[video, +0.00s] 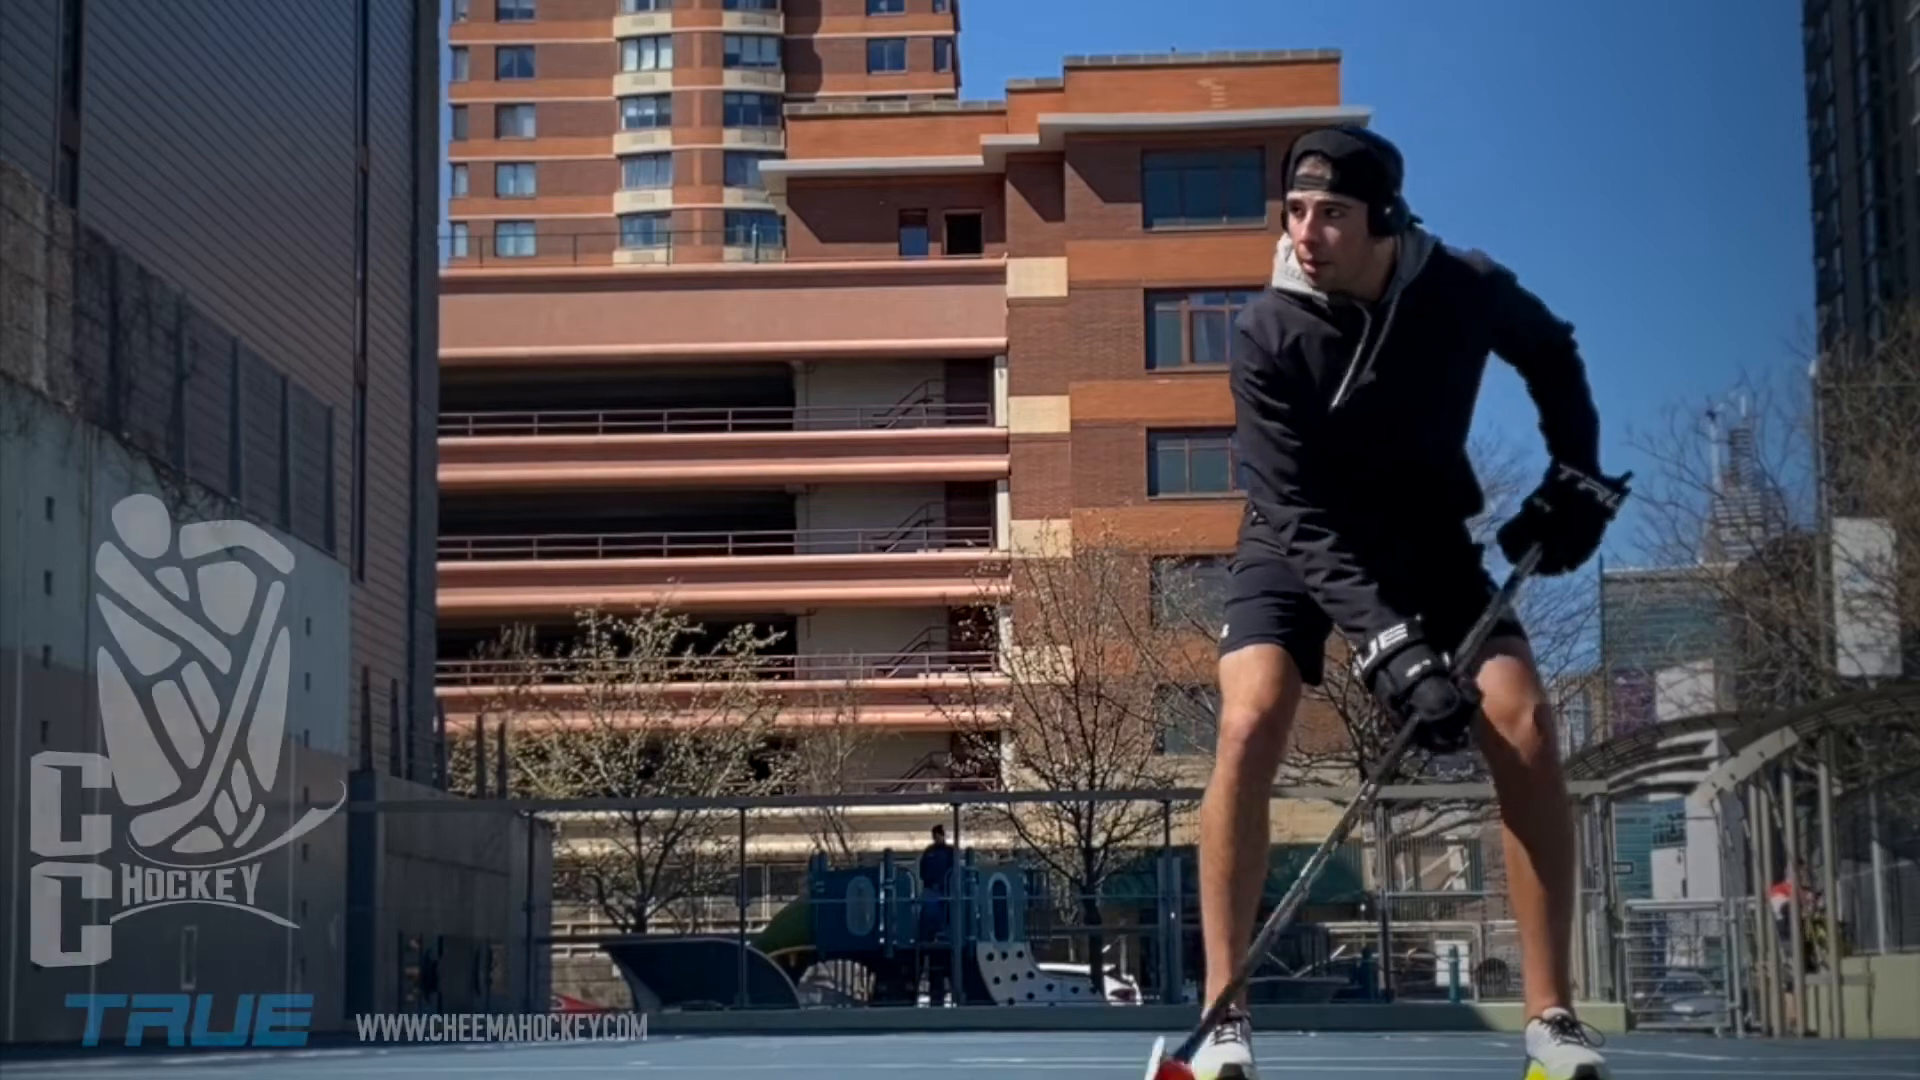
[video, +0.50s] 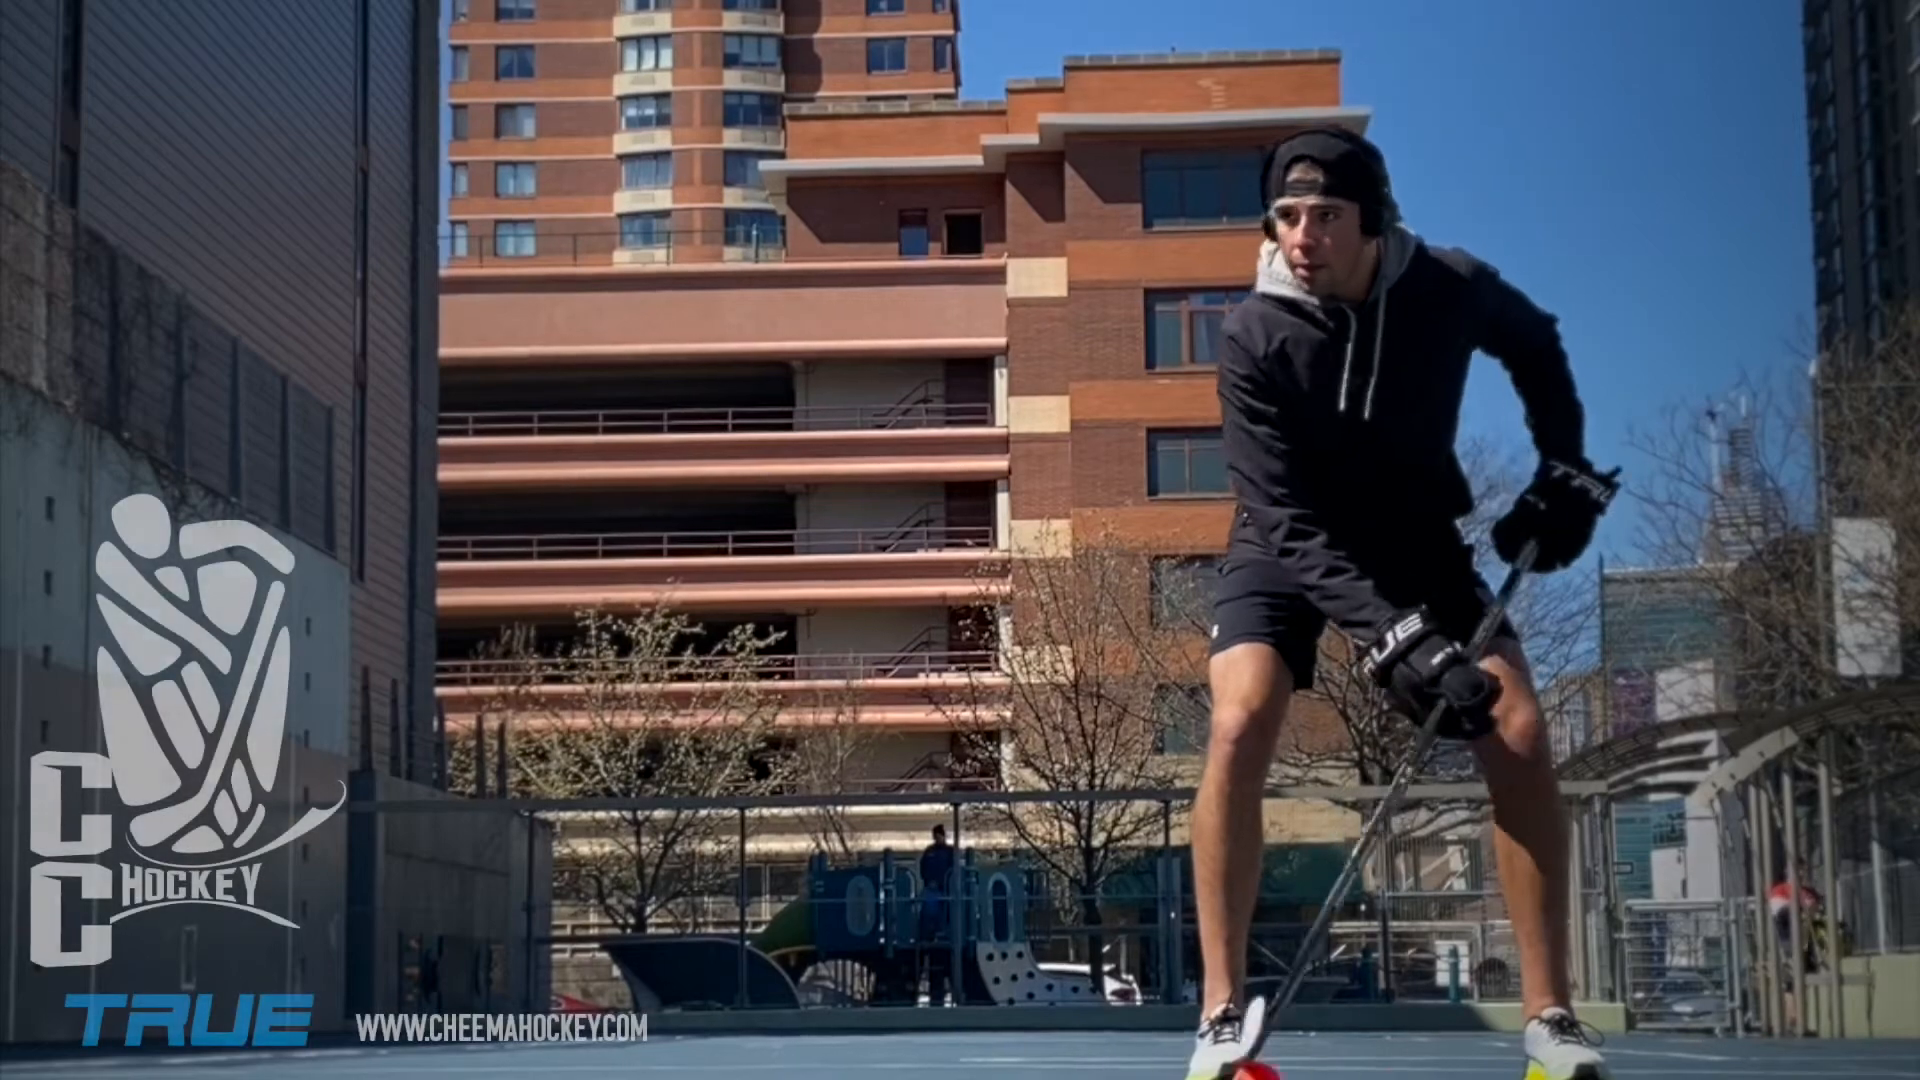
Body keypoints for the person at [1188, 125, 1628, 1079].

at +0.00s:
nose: (1306, 231)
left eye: (1329, 214)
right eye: (1296, 211)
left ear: (1382, 219)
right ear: (1285, 217)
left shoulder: (1463, 290)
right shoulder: (1271, 332)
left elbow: (1550, 355)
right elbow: (1290, 515)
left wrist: (1578, 475)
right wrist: (1385, 641)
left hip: (1430, 539)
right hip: (1298, 542)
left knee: (1527, 726)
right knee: (1250, 723)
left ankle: (1551, 1013)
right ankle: (1222, 1013)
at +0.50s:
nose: (1302, 236)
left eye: (1324, 217)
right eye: (1287, 217)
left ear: (1372, 221)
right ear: (1272, 226)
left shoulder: (1447, 289)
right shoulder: (1257, 336)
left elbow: (1534, 344)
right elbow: (1282, 521)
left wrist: (1565, 467)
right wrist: (1394, 636)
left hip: (1419, 540)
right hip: (1288, 545)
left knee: (1522, 733)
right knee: (1241, 722)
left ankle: (1550, 1014)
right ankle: (1222, 1011)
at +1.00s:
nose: (1422, 227)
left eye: (1439, 206)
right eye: (1399, 207)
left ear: (1457, 212)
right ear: (1355, 215)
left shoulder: (1488, 290)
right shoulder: (1304, 328)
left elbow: (1542, 375)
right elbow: (1321, 518)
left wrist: (1576, 475)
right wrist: (1422, 640)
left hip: (1433, 536)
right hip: (1305, 537)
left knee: (1537, 731)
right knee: (1261, 728)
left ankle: (1554, 1019)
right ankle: (1223, 1015)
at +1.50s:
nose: (1404, 229)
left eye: (1419, 208)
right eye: (1380, 211)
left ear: (1436, 211)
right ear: (1332, 219)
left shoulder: (1471, 287)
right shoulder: (1286, 328)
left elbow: (1534, 354)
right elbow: (1309, 515)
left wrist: (1551, 472)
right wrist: (1425, 632)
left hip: (1425, 534)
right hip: (1295, 535)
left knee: (1528, 744)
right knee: (1249, 727)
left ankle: (1552, 1018)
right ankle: (1223, 1016)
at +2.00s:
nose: (1371, 243)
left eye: (1384, 221)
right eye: (1347, 225)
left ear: (1401, 217)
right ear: (1297, 227)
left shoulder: (1440, 283)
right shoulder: (1257, 338)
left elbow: (1518, 334)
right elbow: (1292, 524)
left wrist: (1519, 465)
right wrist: (1414, 636)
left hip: (1411, 533)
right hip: (1280, 538)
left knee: (1515, 731)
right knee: (1238, 724)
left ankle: (1550, 1014)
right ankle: (1222, 1014)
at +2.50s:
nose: (1396, 256)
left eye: (1412, 235)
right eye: (1376, 238)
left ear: (1433, 227)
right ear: (1334, 232)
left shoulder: (1474, 284)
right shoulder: (1290, 341)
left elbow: (1530, 332)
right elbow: (1335, 527)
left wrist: (1534, 448)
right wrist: (1479, 653)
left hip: (1432, 532)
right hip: (1304, 532)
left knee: (1532, 755)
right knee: (1252, 730)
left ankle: (1550, 1019)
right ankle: (1223, 1014)